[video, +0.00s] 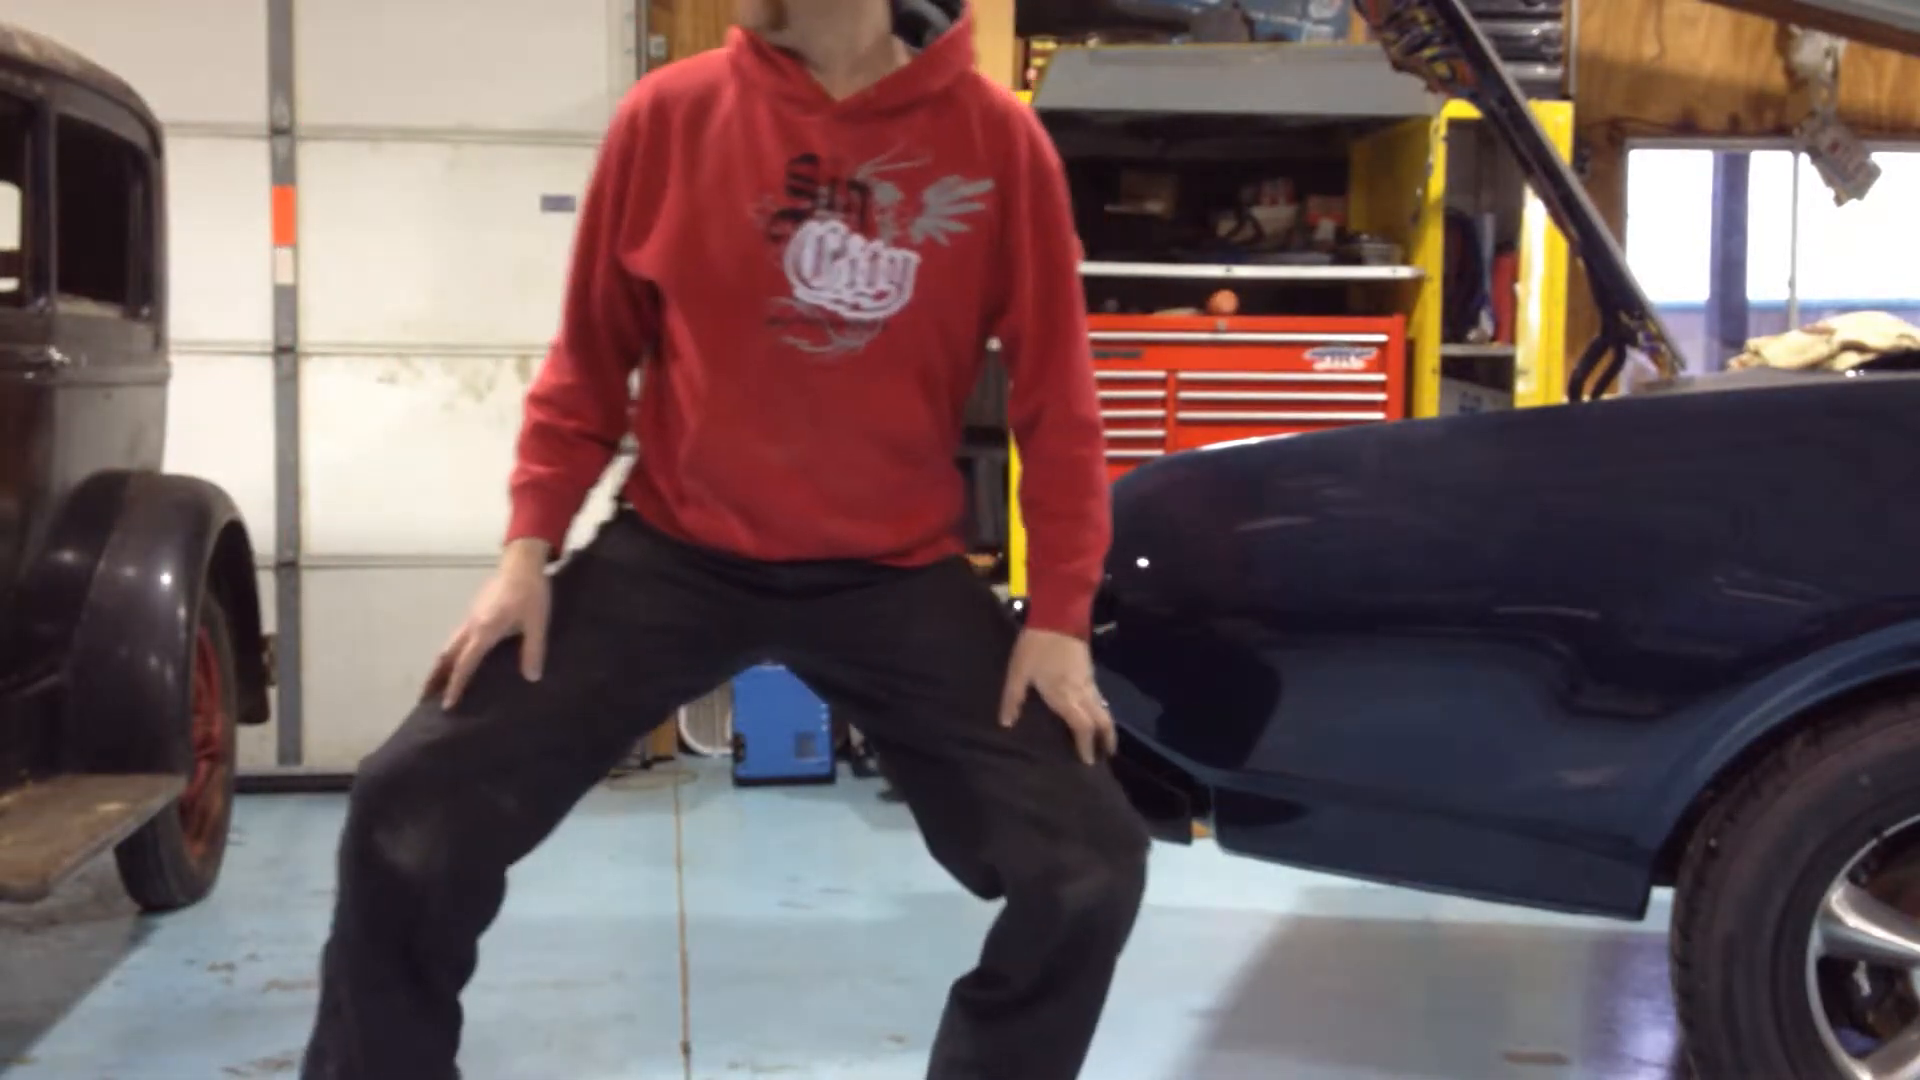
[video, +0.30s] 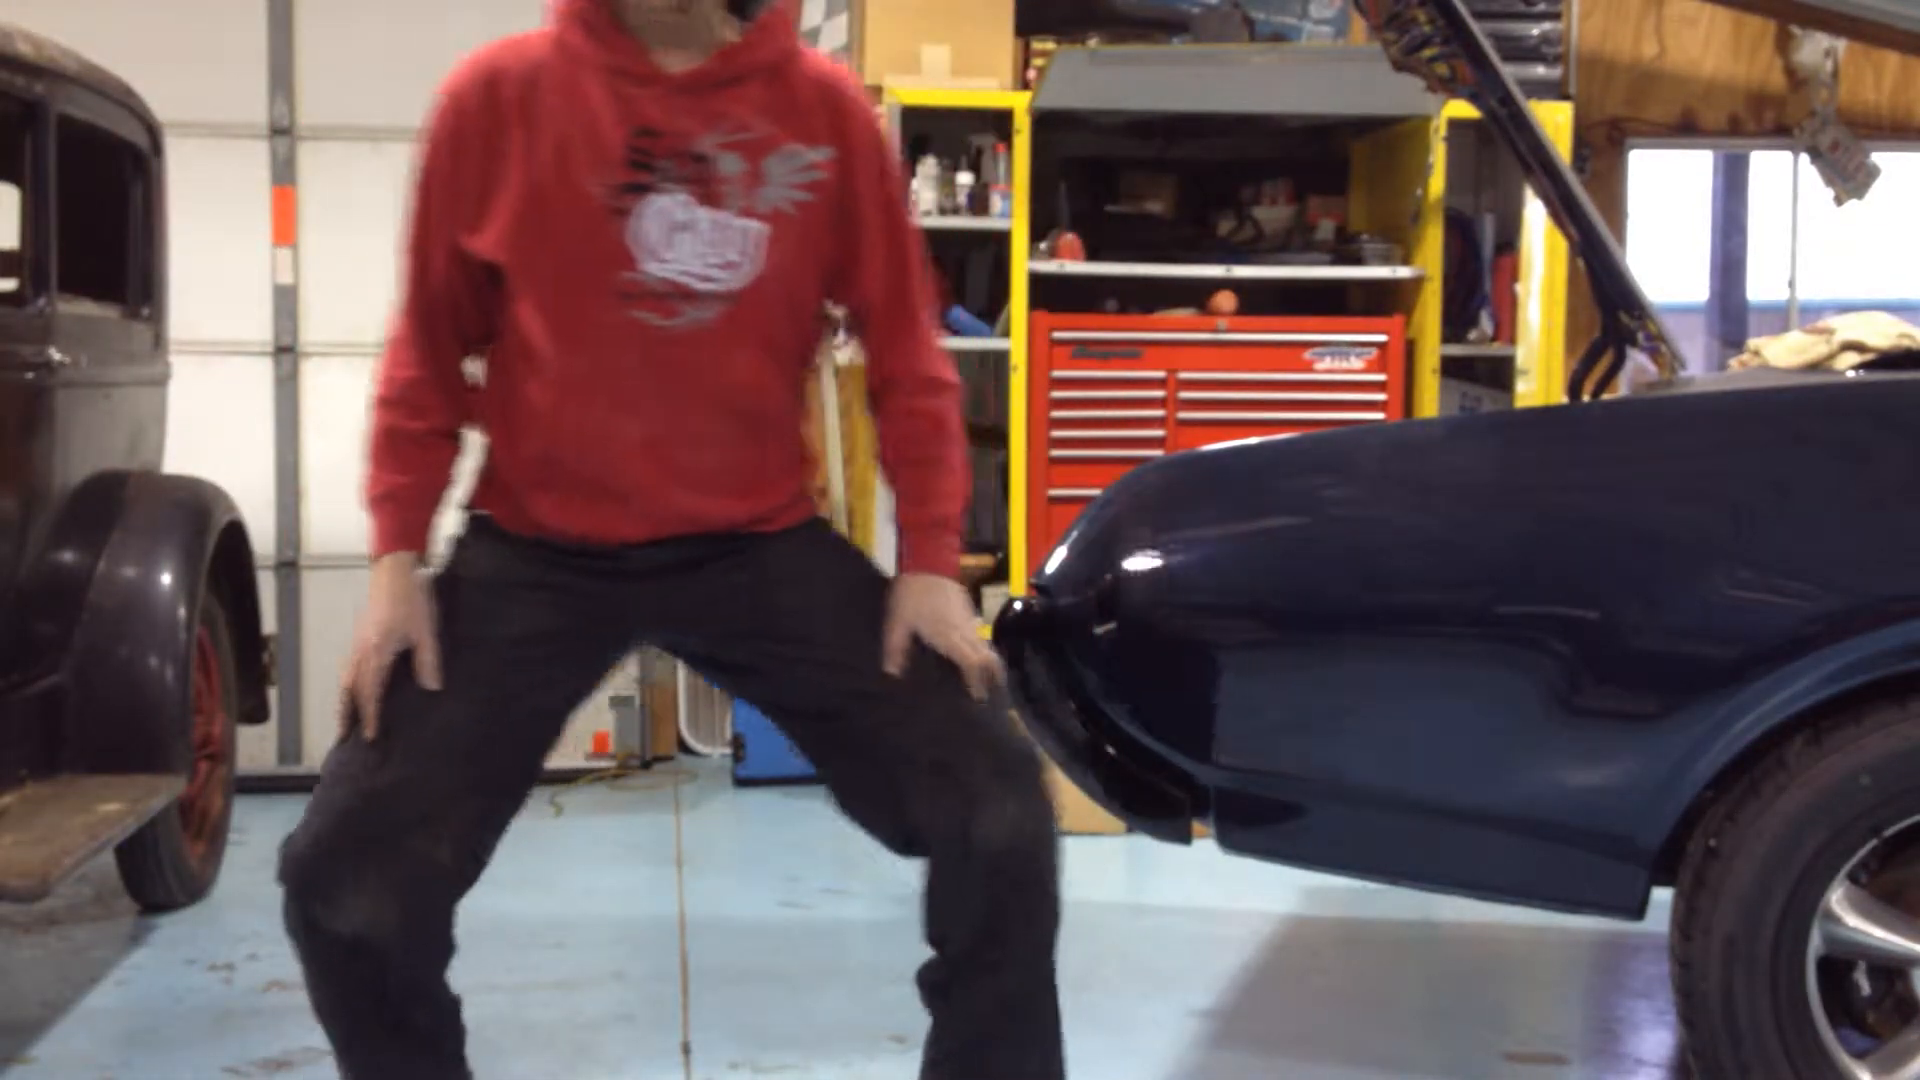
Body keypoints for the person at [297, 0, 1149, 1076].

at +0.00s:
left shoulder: (998, 137)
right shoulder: (666, 118)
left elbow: (1058, 395)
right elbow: (588, 358)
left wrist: (1059, 615)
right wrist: (526, 550)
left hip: (898, 577)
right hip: (675, 557)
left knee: (1088, 858)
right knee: (413, 809)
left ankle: (985, 1073)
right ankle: (371, 1069)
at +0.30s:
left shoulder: (827, 110)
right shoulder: (499, 100)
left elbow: (908, 352)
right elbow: (429, 342)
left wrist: (932, 560)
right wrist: (396, 556)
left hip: (758, 551)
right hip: (536, 556)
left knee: (995, 810)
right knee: (351, 883)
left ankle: (990, 1065)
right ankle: (419, 1070)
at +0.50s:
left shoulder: (713, 55)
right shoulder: (375, 41)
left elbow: (845, 254)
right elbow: (265, 272)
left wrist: (924, 465)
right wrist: (260, 497)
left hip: (651, 500)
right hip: (433, 513)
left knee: (876, 780)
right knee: (351, 896)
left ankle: (893, 1067)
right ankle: (413, 1073)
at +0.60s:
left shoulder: (687, 36)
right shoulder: (342, 25)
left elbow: (837, 193)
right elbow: (258, 259)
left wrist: (1008, 354)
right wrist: (215, 489)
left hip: (607, 484)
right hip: (404, 487)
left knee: (789, 762)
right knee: (380, 905)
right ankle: (351, 1029)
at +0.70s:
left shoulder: (663, 32)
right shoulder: (316, 28)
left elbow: (825, 149)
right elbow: (240, 254)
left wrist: (1026, 267)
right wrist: (235, 485)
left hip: (586, 473)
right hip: (383, 479)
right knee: (375, 880)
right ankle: (295, 1059)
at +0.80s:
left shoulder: (649, 39)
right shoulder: (300, 28)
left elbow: (778, 202)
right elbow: (215, 246)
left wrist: (961, 310)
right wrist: (261, 452)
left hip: (584, 463)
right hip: (383, 480)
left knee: (815, 658)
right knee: (374, 861)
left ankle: (564, 925)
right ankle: (309, 1064)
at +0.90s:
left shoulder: (631, 41)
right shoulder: (307, 28)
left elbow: (725, 263)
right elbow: (212, 260)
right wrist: (185, 489)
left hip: (596, 468)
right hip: (387, 491)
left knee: (821, 682)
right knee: (355, 908)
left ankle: (657, 953)